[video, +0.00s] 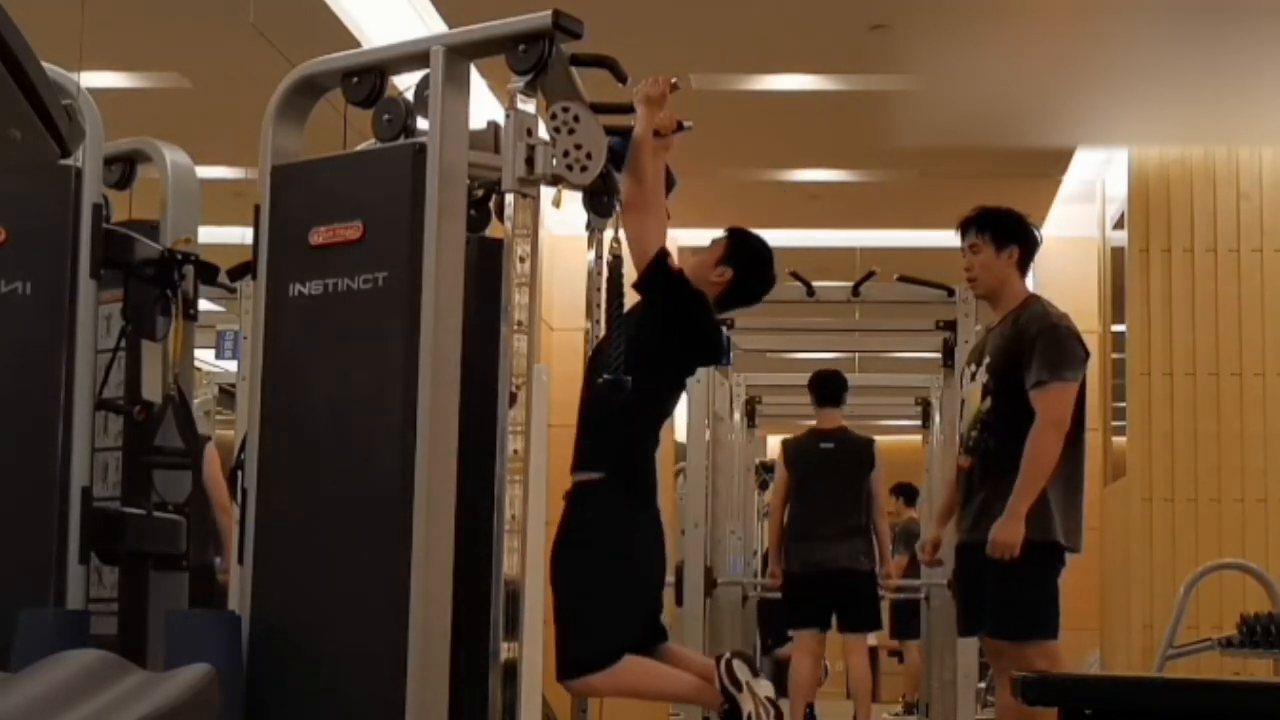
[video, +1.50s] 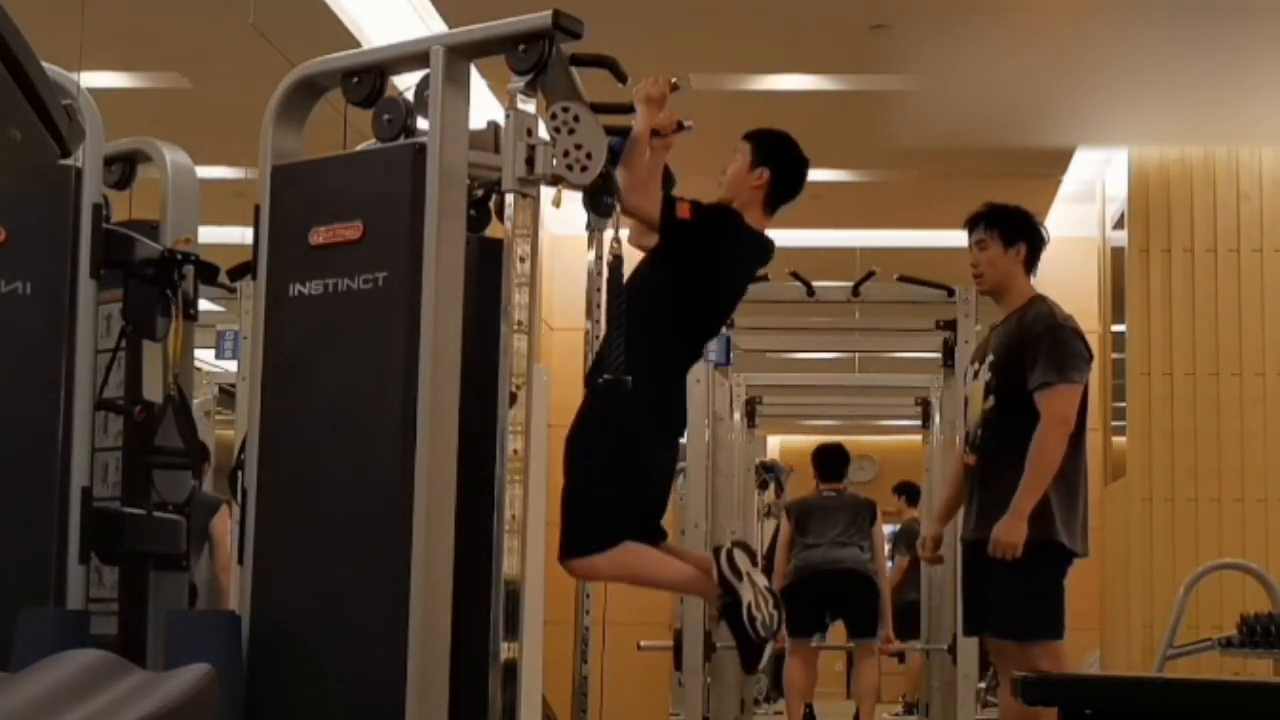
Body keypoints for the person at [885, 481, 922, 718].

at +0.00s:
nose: (891, 504)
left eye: (893, 500)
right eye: (892, 500)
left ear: (901, 500)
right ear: (911, 500)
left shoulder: (907, 526)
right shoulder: (912, 524)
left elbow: (901, 560)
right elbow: (902, 558)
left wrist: (888, 578)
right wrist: (891, 575)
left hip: (907, 590)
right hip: (911, 589)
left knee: (910, 647)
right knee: (911, 647)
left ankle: (911, 700)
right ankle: (912, 699)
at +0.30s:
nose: (891, 503)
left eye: (894, 499)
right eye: (892, 498)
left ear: (902, 499)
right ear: (911, 499)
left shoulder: (906, 525)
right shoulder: (914, 523)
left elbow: (898, 557)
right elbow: (901, 556)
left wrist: (888, 579)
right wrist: (891, 576)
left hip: (907, 589)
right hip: (912, 587)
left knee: (910, 646)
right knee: (911, 647)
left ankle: (910, 700)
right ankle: (912, 699)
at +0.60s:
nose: (892, 503)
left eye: (895, 498)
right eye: (893, 498)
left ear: (904, 499)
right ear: (912, 499)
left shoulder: (907, 525)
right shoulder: (911, 523)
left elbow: (900, 557)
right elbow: (901, 555)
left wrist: (888, 577)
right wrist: (890, 575)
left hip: (908, 590)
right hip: (910, 588)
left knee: (911, 646)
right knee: (911, 647)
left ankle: (911, 700)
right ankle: (913, 699)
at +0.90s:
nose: (893, 502)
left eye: (896, 498)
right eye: (894, 498)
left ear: (903, 499)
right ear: (915, 499)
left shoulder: (906, 527)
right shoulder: (918, 524)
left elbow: (900, 559)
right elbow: (904, 558)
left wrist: (888, 582)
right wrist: (892, 581)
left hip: (908, 592)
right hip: (916, 590)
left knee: (911, 647)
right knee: (913, 647)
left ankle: (911, 700)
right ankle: (914, 699)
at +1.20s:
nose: (893, 502)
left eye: (896, 498)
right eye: (895, 497)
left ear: (903, 499)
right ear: (915, 499)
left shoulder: (905, 528)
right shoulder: (919, 526)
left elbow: (900, 560)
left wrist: (887, 586)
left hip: (909, 595)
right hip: (918, 593)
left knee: (912, 647)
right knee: (914, 648)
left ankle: (911, 701)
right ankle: (914, 699)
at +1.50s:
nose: (894, 503)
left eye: (895, 499)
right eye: (895, 499)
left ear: (902, 499)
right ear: (914, 500)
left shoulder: (907, 528)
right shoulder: (919, 526)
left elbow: (902, 563)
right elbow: (908, 563)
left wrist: (887, 586)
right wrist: (891, 583)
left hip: (910, 595)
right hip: (918, 593)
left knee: (912, 648)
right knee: (915, 649)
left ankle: (911, 701)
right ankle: (914, 699)